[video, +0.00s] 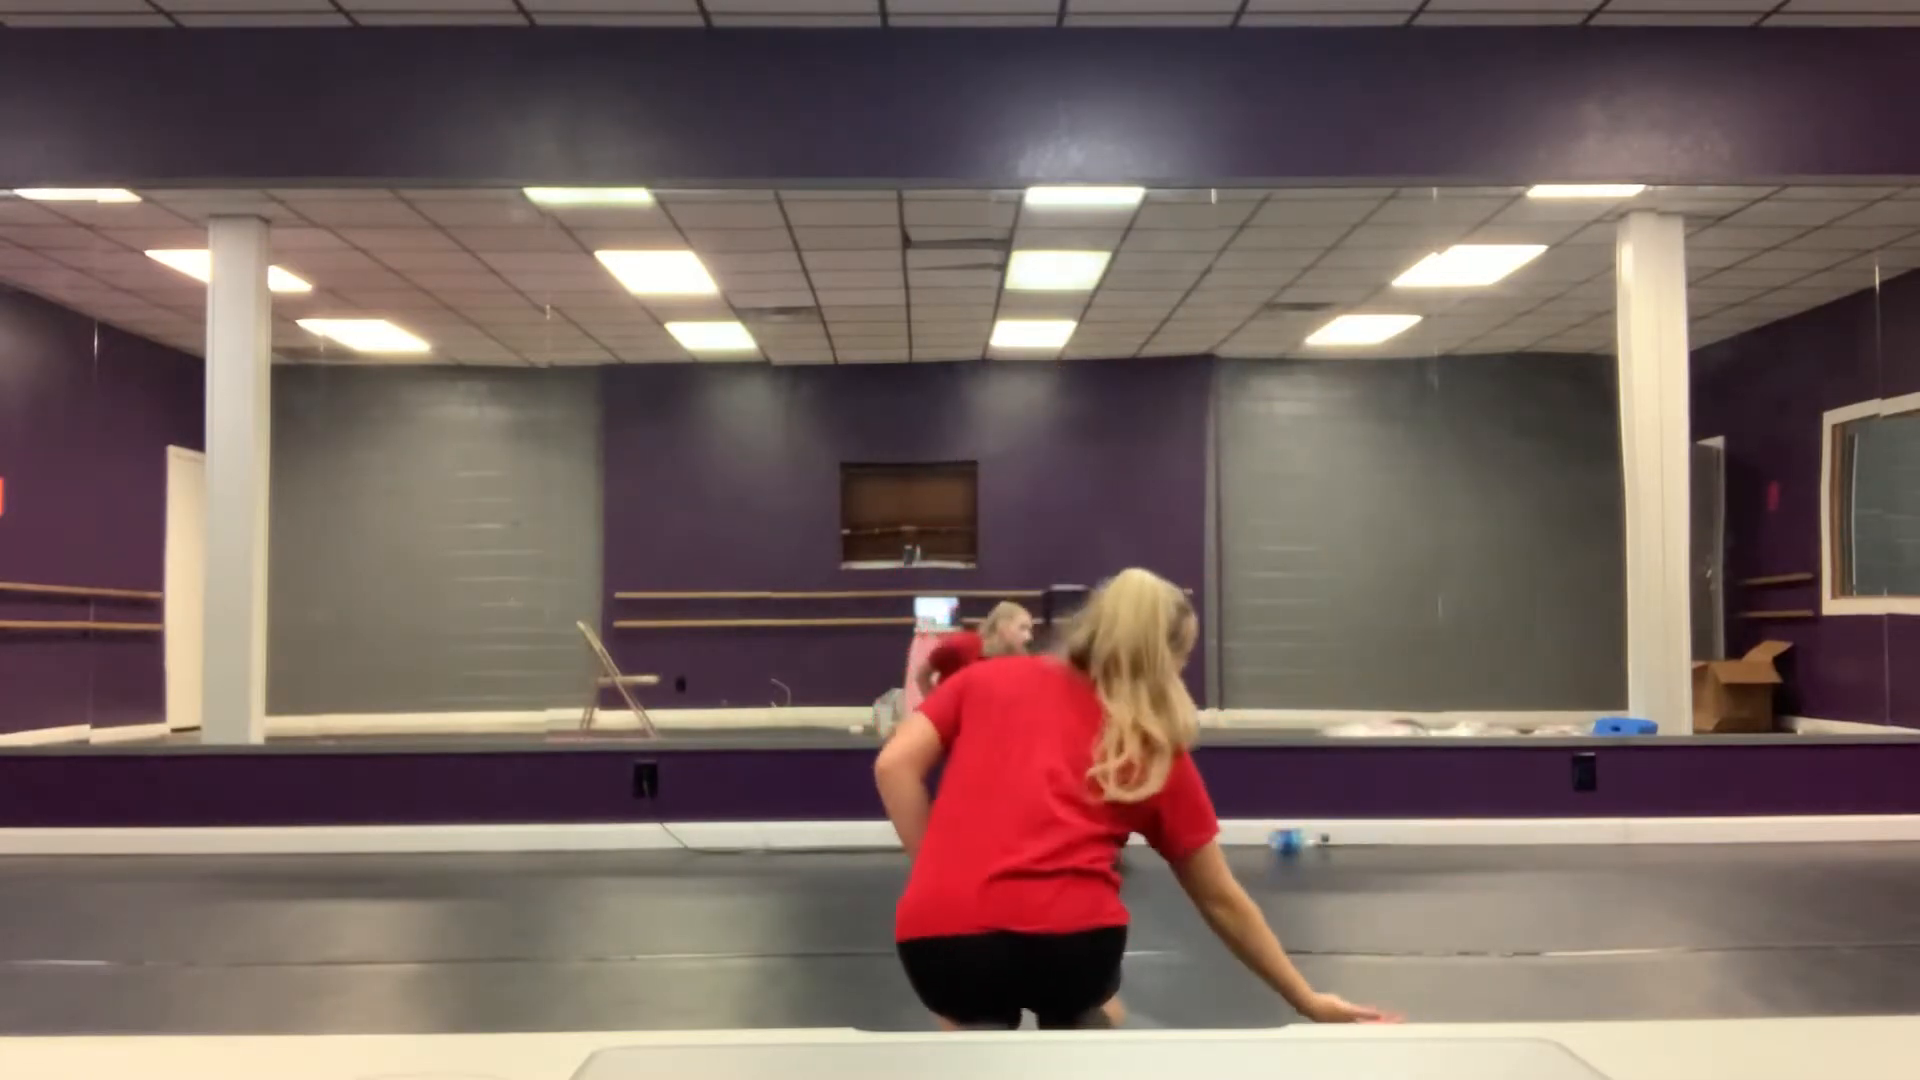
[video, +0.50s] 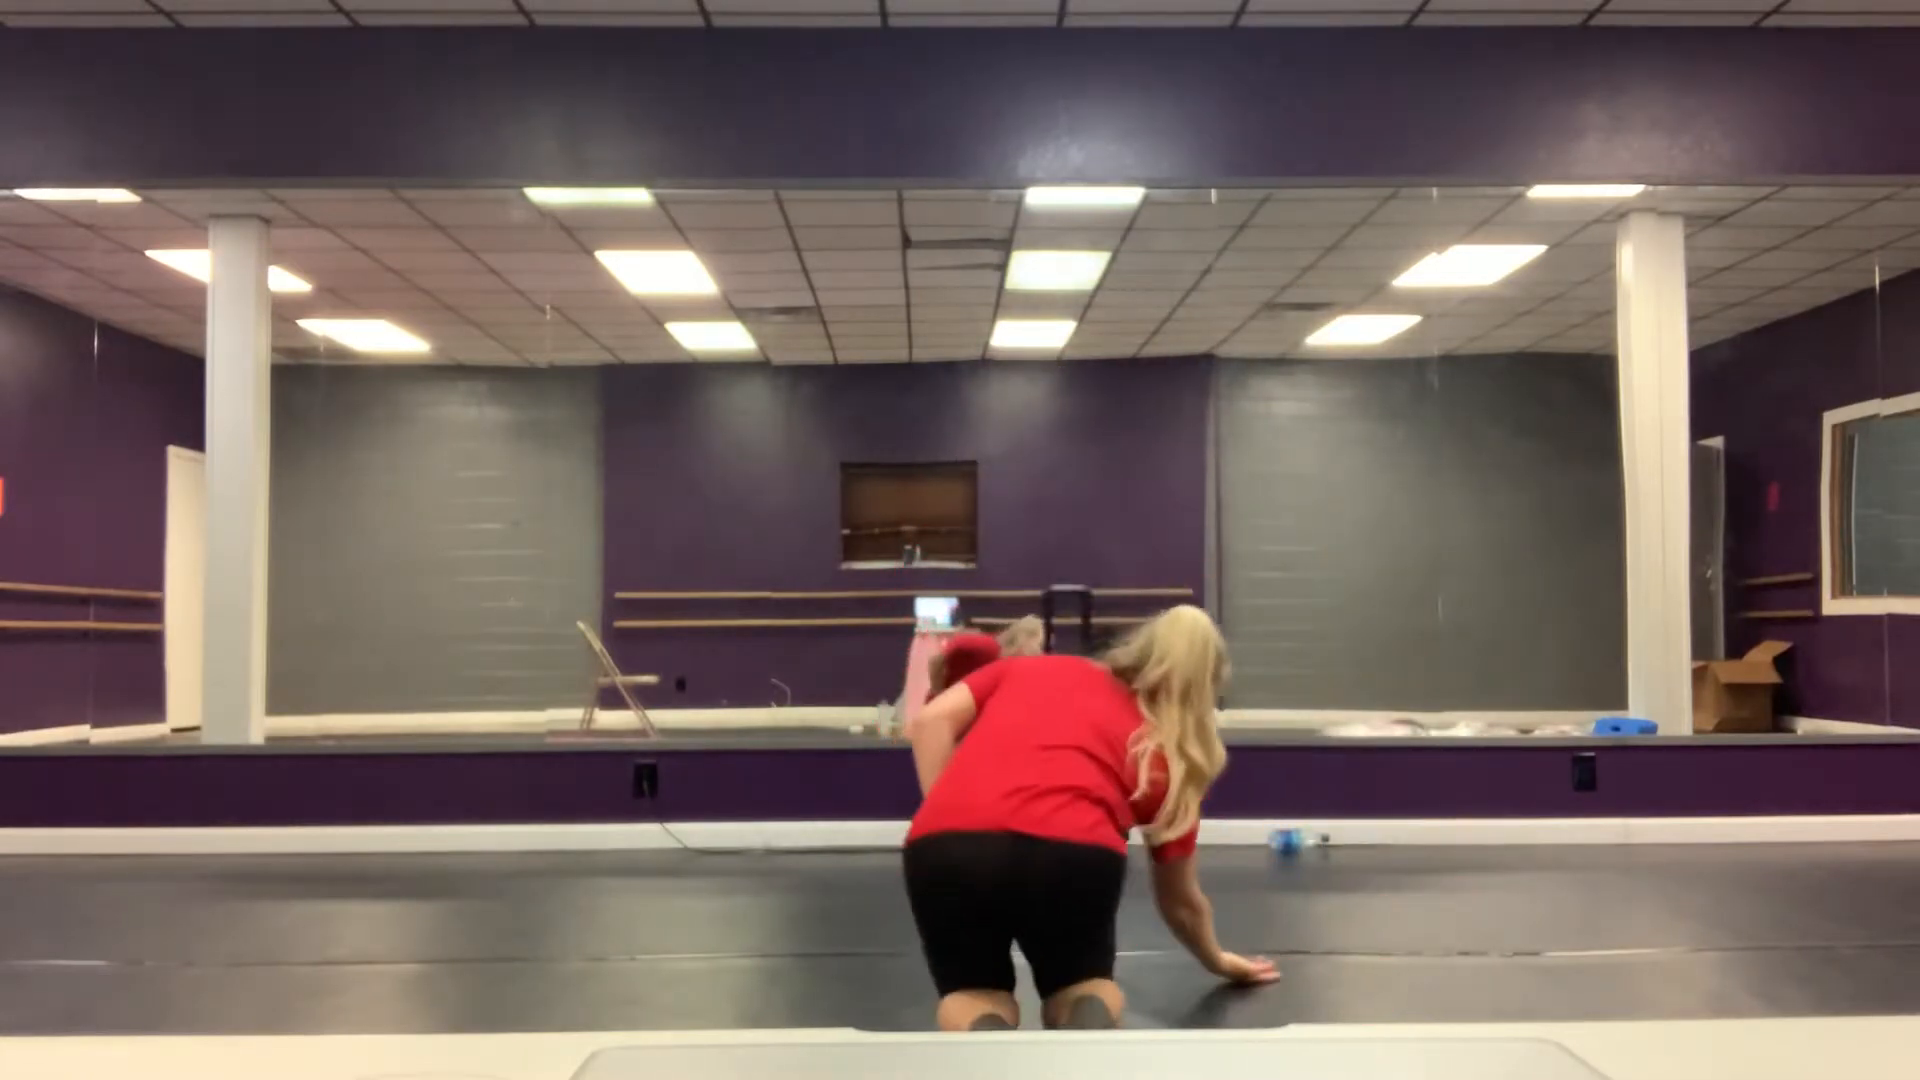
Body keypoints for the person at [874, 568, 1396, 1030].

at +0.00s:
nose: (1182, 674)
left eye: (1186, 656)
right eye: (1182, 657)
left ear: (1091, 632)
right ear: (1162, 652)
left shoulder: (987, 677)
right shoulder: (1151, 742)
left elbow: (895, 766)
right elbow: (1221, 900)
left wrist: (937, 869)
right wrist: (1308, 1001)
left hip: (943, 941)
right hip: (1072, 943)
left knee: (969, 1028)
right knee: (1093, 1018)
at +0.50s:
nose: (1212, 698)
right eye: (1212, 684)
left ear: (1135, 651)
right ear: (1199, 684)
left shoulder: (1024, 668)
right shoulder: (1164, 742)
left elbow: (931, 722)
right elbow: (1179, 900)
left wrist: (950, 822)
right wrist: (1217, 960)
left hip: (947, 848)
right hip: (1073, 856)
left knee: (974, 989)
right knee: (1080, 985)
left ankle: (981, 1037)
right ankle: (1090, 1021)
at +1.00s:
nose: (1204, 677)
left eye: (1210, 669)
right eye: (1208, 666)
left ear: (1163, 596)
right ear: (1200, 651)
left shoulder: (1081, 582)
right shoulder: (1165, 710)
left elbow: (995, 604)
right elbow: (1122, 847)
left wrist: (958, 715)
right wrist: (1098, 943)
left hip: (985, 770)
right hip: (1088, 818)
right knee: (1069, 992)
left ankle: (914, 936)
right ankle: (1114, 982)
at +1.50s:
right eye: (1104, 526)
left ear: (1019, 485)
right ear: (1088, 526)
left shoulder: (942, 516)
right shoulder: (1081, 600)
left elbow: (894, 574)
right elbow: (1136, 702)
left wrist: (820, 703)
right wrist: (1153, 830)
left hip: (899, 783)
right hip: (1005, 807)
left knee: (775, 781)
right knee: (1068, 995)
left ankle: (773, 986)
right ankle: (1216, 1015)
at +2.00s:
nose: (1005, 497)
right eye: (1000, 480)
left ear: (910, 465)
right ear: (986, 488)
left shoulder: (838, 537)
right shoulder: (980, 575)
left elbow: (784, 654)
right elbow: (1086, 616)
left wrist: (714, 771)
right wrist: (1198, 645)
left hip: (816, 794)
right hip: (922, 799)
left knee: (699, 815)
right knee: (1037, 944)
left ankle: (768, 985)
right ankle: (1231, 1023)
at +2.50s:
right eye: (965, 494)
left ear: (881, 471)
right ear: (953, 500)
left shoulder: (829, 541)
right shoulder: (935, 565)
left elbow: (800, 659)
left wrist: (730, 786)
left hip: (812, 797)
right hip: (911, 796)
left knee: (683, 803)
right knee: (1030, 927)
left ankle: (770, 984)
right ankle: (1226, 1015)